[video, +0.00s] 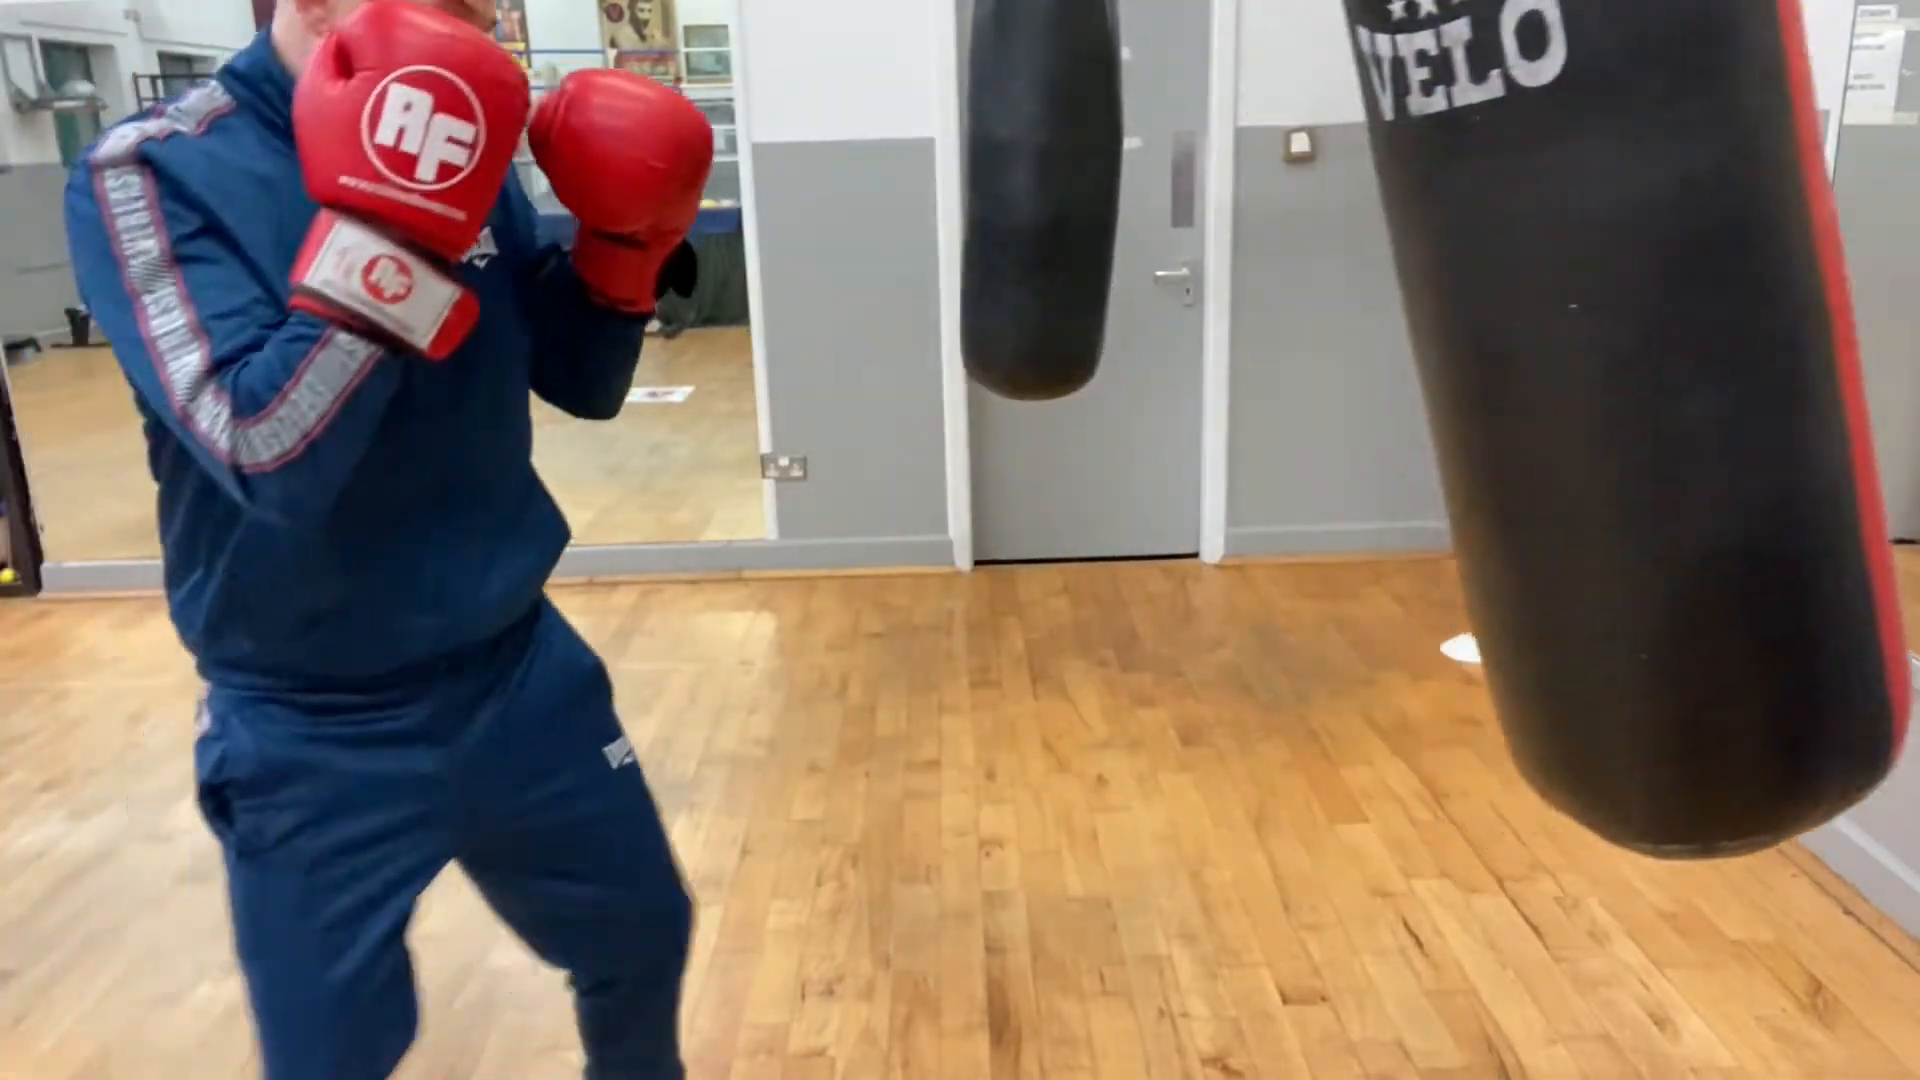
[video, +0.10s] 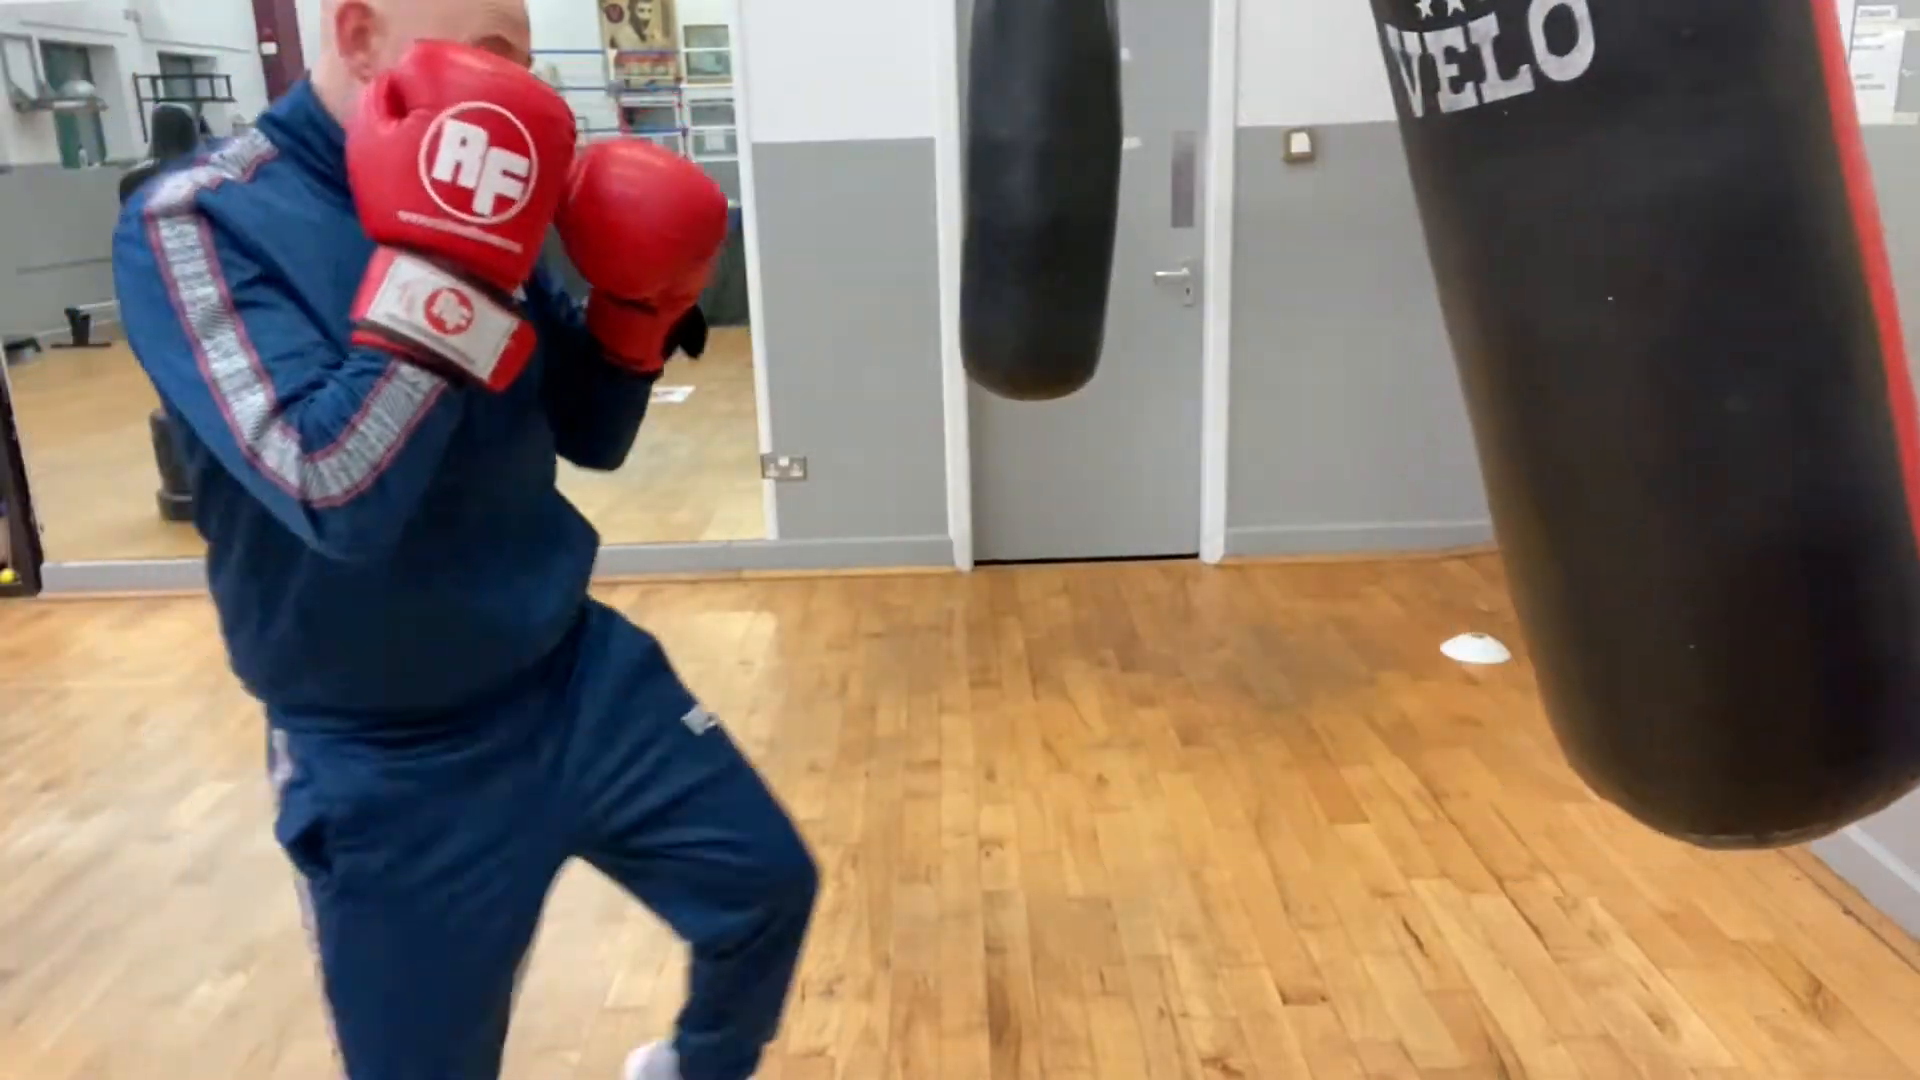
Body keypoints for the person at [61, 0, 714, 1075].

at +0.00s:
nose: (444, 43)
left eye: (462, 18)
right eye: (419, 11)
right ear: (296, 8)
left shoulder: (450, 143)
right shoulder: (143, 173)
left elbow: (583, 380)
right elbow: (263, 447)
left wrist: (623, 249)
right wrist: (385, 228)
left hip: (516, 681)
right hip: (308, 735)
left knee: (643, 942)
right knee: (328, 1062)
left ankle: (637, 1074)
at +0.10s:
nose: (511, 96)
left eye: (518, 59)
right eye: (483, 55)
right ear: (355, 40)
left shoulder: (470, 196)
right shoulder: (186, 220)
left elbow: (593, 434)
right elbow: (335, 492)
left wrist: (635, 312)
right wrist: (444, 259)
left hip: (573, 677)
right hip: (392, 763)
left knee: (767, 891)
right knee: (425, 1064)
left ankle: (703, 1064)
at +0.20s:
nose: (569, 123)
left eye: (578, 91)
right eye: (543, 85)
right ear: (414, 71)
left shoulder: (553, 218)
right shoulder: (254, 256)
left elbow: (641, 438)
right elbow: (364, 532)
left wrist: (700, 363)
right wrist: (486, 318)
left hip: (646, 693)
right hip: (443, 775)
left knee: (860, 892)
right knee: (412, 1070)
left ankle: (839, 1044)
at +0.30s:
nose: (671, 157)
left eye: (679, 123)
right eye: (641, 121)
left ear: (689, 116)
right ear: (515, 101)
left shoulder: (695, 244)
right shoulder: (355, 274)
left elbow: (859, 325)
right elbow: (372, 548)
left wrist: (982, 281)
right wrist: (506, 359)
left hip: (712, 727)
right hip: (494, 768)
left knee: (907, 923)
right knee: (424, 1059)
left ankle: (1008, 1036)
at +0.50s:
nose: (936, 216)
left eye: (942, 187)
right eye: (916, 186)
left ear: (823, 167)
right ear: (812, 166)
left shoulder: (873, 292)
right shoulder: (686, 274)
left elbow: (913, 446)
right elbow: (628, 477)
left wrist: (1040, 396)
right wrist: (863, 385)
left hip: (807, 704)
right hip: (655, 741)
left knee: (960, 881)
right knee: (637, 1066)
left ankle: (1008, 1050)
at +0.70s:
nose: (907, 244)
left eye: (914, 211)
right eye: (886, 212)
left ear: (776, 188)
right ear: (777, 189)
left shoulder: (749, 277)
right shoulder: (672, 319)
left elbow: (763, 355)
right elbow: (716, 626)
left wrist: (885, 311)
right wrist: (935, 525)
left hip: (848, 700)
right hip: (698, 767)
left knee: (1030, 848)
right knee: (648, 1069)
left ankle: (1023, 1021)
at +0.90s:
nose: (929, 329)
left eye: (937, 299)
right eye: (906, 303)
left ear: (949, 276)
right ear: (799, 273)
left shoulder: (943, 336)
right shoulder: (640, 378)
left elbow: (1032, 423)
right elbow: (532, 526)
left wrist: (1099, 395)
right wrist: (470, 687)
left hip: (885, 723)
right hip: (696, 749)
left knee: (1046, 915)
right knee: (576, 1031)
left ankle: (1035, 997)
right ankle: (508, 1065)